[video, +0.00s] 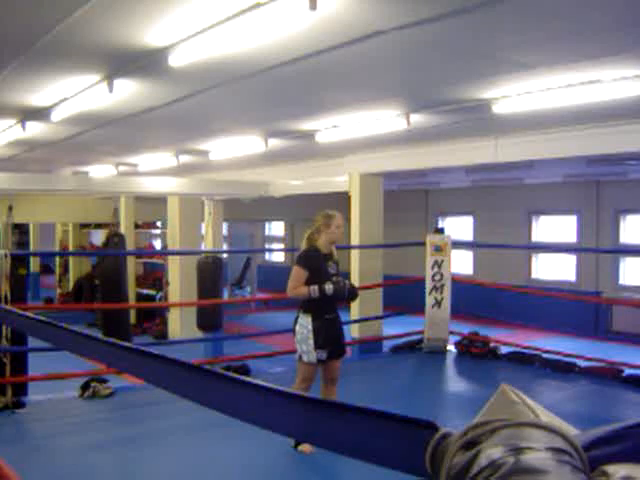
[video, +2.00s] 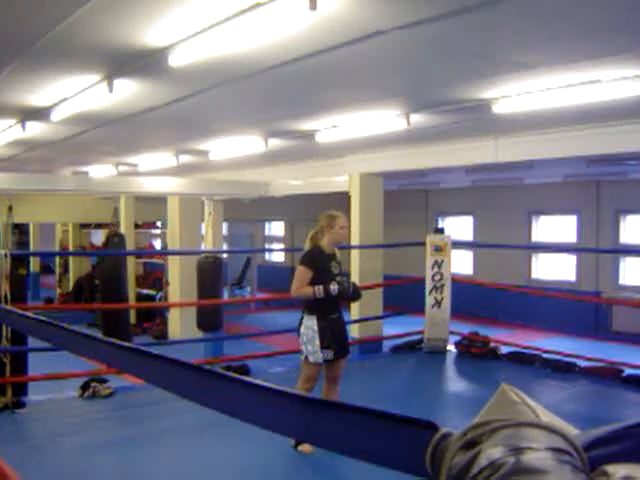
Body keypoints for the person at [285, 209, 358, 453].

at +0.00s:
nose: (341, 233)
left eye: (342, 228)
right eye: (338, 228)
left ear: (334, 230)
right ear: (324, 228)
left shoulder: (332, 258)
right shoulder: (308, 256)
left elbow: (330, 289)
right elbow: (292, 290)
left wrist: (346, 291)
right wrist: (324, 289)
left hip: (331, 317)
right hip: (310, 317)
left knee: (331, 378)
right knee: (305, 379)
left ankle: (329, 429)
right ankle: (300, 433)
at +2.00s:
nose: (346, 233)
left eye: (347, 229)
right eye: (343, 229)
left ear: (336, 230)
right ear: (328, 229)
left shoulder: (334, 257)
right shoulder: (312, 255)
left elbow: (331, 289)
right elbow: (296, 290)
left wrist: (348, 291)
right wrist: (327, 289)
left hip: (334, 317)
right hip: (315, 318)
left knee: (334, 378)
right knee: (308, 379)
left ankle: (329, 429)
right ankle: (299, 431)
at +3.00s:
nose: (346, 233)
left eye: (347, 229)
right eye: (343, 229)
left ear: (338, 231)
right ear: (329, 230)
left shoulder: (336, 258)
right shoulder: (314, 256)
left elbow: (333, 288)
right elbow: (298, 290)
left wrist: (350, 291)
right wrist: (330, 289)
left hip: (335, 318)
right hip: (316, 319)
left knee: (334, 378)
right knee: (309, 379)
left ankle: (329, 428)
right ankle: (299, 431)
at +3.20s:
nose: (346, 233)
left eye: (347, 229)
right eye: (343, 229)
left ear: (338, 231)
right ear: (329, 229)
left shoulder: (336, 258)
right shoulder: (313, 256)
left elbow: (333, 288)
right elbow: (298, 290)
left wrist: (350, 290)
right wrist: (329, 289)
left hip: (335, 318)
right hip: (316, 319)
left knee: (334, 378)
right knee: (309, 379)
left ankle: (329, 428)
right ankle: (299, 431)